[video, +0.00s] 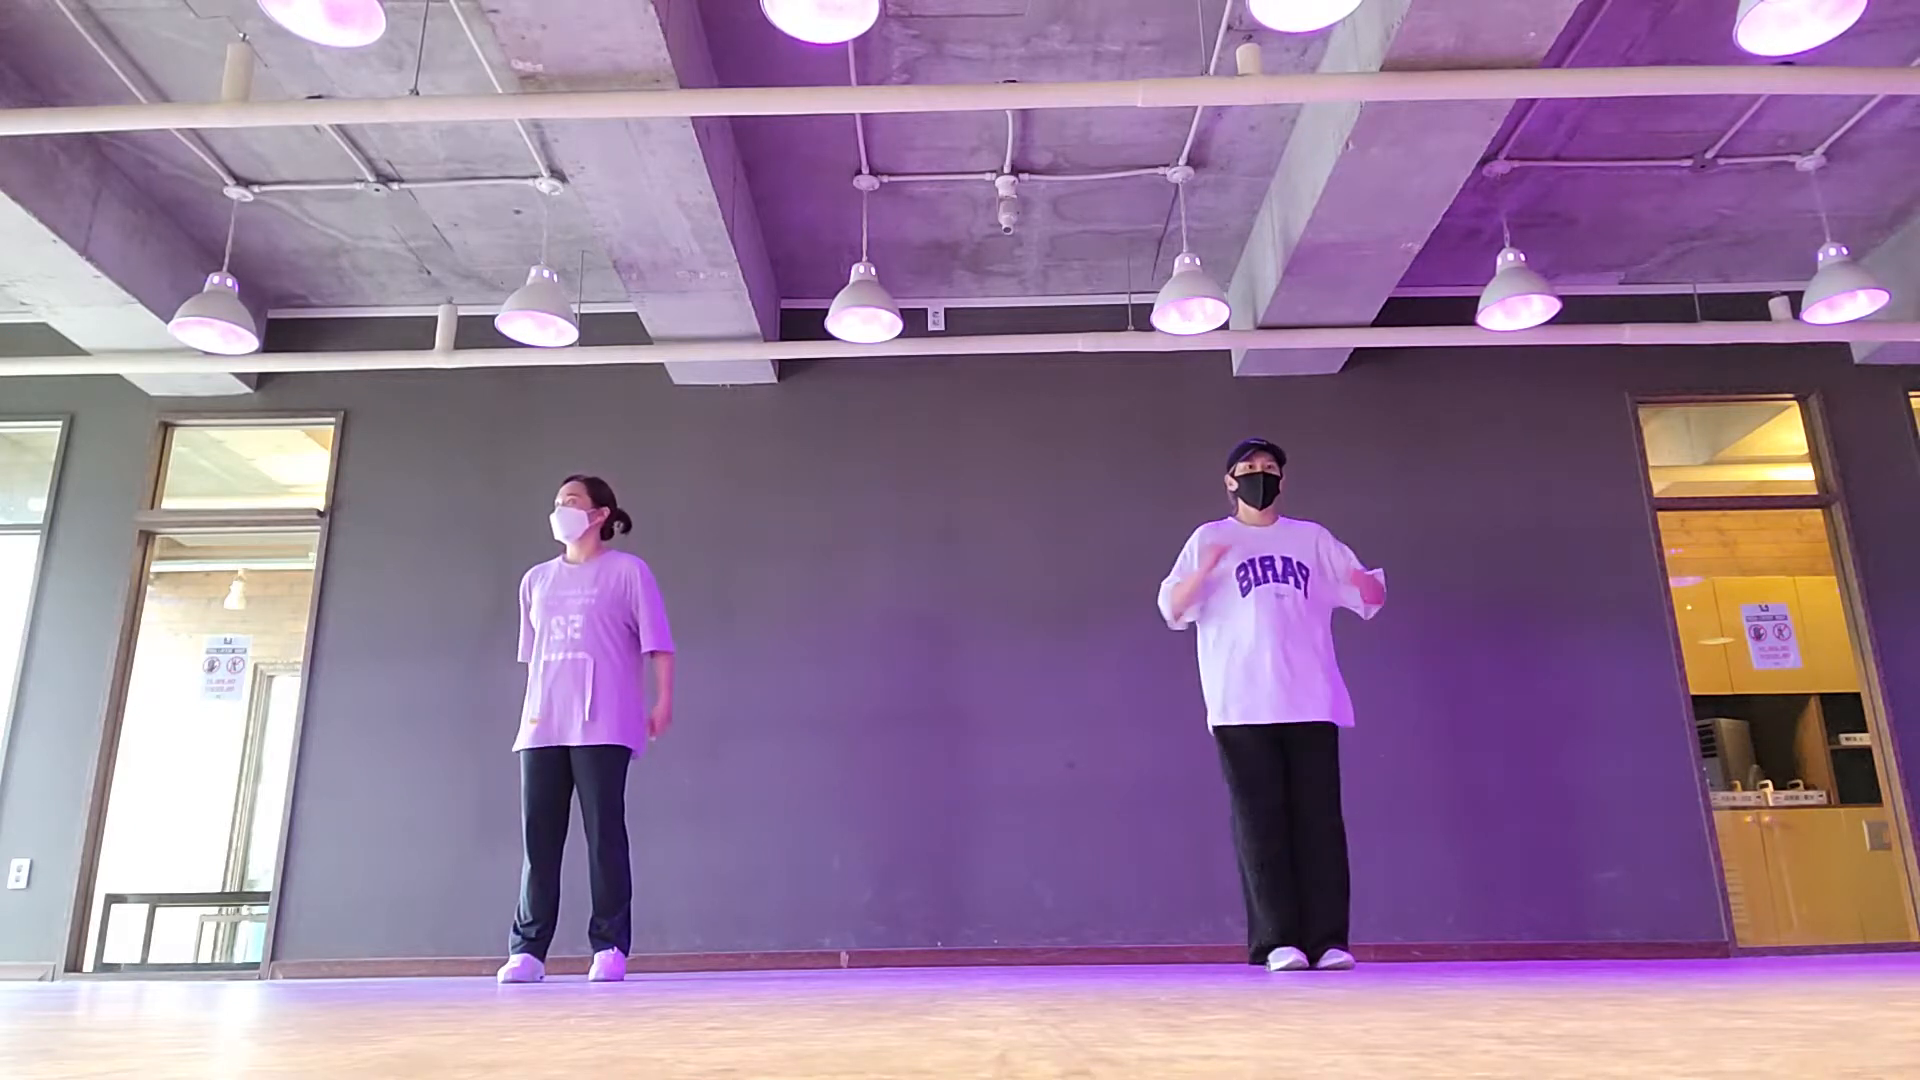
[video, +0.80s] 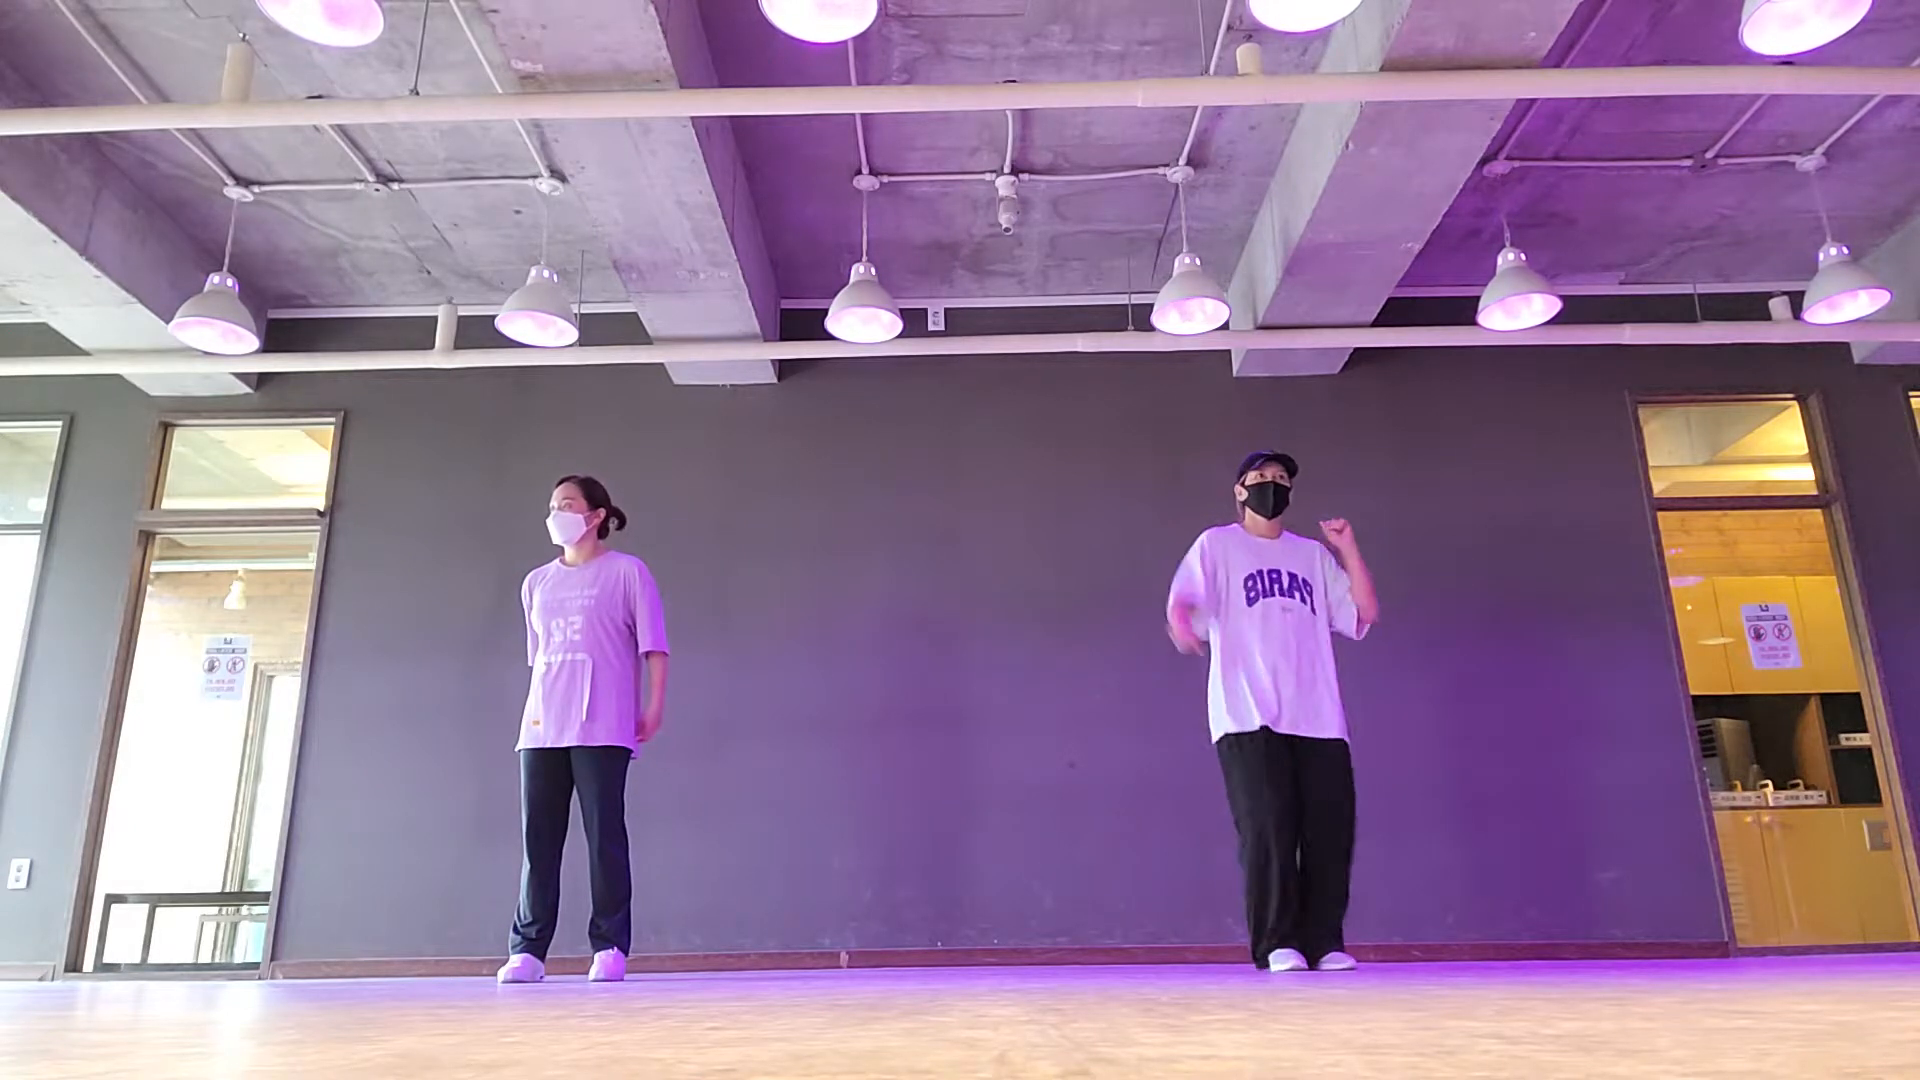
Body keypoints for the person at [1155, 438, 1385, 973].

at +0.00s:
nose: (1260, 478)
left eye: (1269, 470)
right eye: (1249, 470)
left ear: (1281, 479)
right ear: (1231, 481)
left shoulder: (1313, 538)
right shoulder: (1209, 539)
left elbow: (1368, 597)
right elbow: (1172, 610)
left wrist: (1369, 584)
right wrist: (1205, 566)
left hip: (1311, 704)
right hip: (1242, 707)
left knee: (1319, 821)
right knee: (1262, 827)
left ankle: (1328, 942)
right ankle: (1276, 945)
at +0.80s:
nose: (1271, 489)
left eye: (1280, 482)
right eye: (1260, 481)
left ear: (1290, 494)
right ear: (1240, 492)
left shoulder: (1315, 555)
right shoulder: (1215, 545)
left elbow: (1364, 615)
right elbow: (1179, 604)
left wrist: (1348, 550)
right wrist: (1185, 634)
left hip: (1317, 715)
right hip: (1249, 713)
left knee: (1332, 832)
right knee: (1267, 831)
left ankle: (1325, 943)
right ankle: (1275, 946)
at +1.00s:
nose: (1254, 479)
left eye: (1263, 471)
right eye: (1243, 473)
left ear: (1277, 482)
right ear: (1226, 486)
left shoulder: (1318, 536)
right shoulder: (1210, 543)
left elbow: (1389, 552)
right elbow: (1196, 618)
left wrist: (1377, 486)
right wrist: (1220, 650)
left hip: (1317, 706)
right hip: (1248, 710)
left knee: (1324, 826)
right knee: (1265, 830)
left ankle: (1329, 944)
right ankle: (1280, 946)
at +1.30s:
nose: (1233, 478)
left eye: (1242, 470)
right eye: (1222, 474)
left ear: (1260, 482)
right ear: (1211, 494)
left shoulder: (1304, 527)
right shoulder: (1205, 554)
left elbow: (1369, 524)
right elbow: (1186, 630)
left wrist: (1436, 517)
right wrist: (1242, 609)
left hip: (1313, 703)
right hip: (1245, 713)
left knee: (1318, 823)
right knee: (1261, 826)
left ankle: (1324, 942)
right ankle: (1276, 943)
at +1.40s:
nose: (1231, 489)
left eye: (1239, 479)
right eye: (1219, 485)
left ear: (1257, 486)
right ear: (1209, 499)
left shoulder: (1303, 532)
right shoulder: (1204, 556)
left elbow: (1348, 577)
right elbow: (1199, 636)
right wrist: (1254, 604)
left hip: (1316, 705)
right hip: (1247, 713)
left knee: (1322, 822)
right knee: (1264, 825)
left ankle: (1327, 944)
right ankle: (1277, 943)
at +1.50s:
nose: (1229, 492)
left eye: (1238, 482)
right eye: (1219, 488)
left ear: (1258, 488)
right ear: (1210, 502)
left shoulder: (1300, 535)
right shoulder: (1204, 559)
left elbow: (1319, 609)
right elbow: (1211, 629)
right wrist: (1265, 592)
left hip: (1315, 708)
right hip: (1248, 714)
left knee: (1327, 825)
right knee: (1265, 831)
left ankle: (1330, 943)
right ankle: (1278, 945)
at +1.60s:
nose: (1231, 486)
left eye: (1240, 477)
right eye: (1221, 482)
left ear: (1260, 485)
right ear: (1212, 496)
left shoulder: (1296, 528)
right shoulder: (1202, 553)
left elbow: (1282, 603)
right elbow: (1203, 608)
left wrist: (1214, 634)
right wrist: (1257, 570)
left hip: (1309, 696)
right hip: (1244, 705)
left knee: (1325, 817)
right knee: (1264, 825)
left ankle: (1333, 943)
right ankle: (1280, 945)